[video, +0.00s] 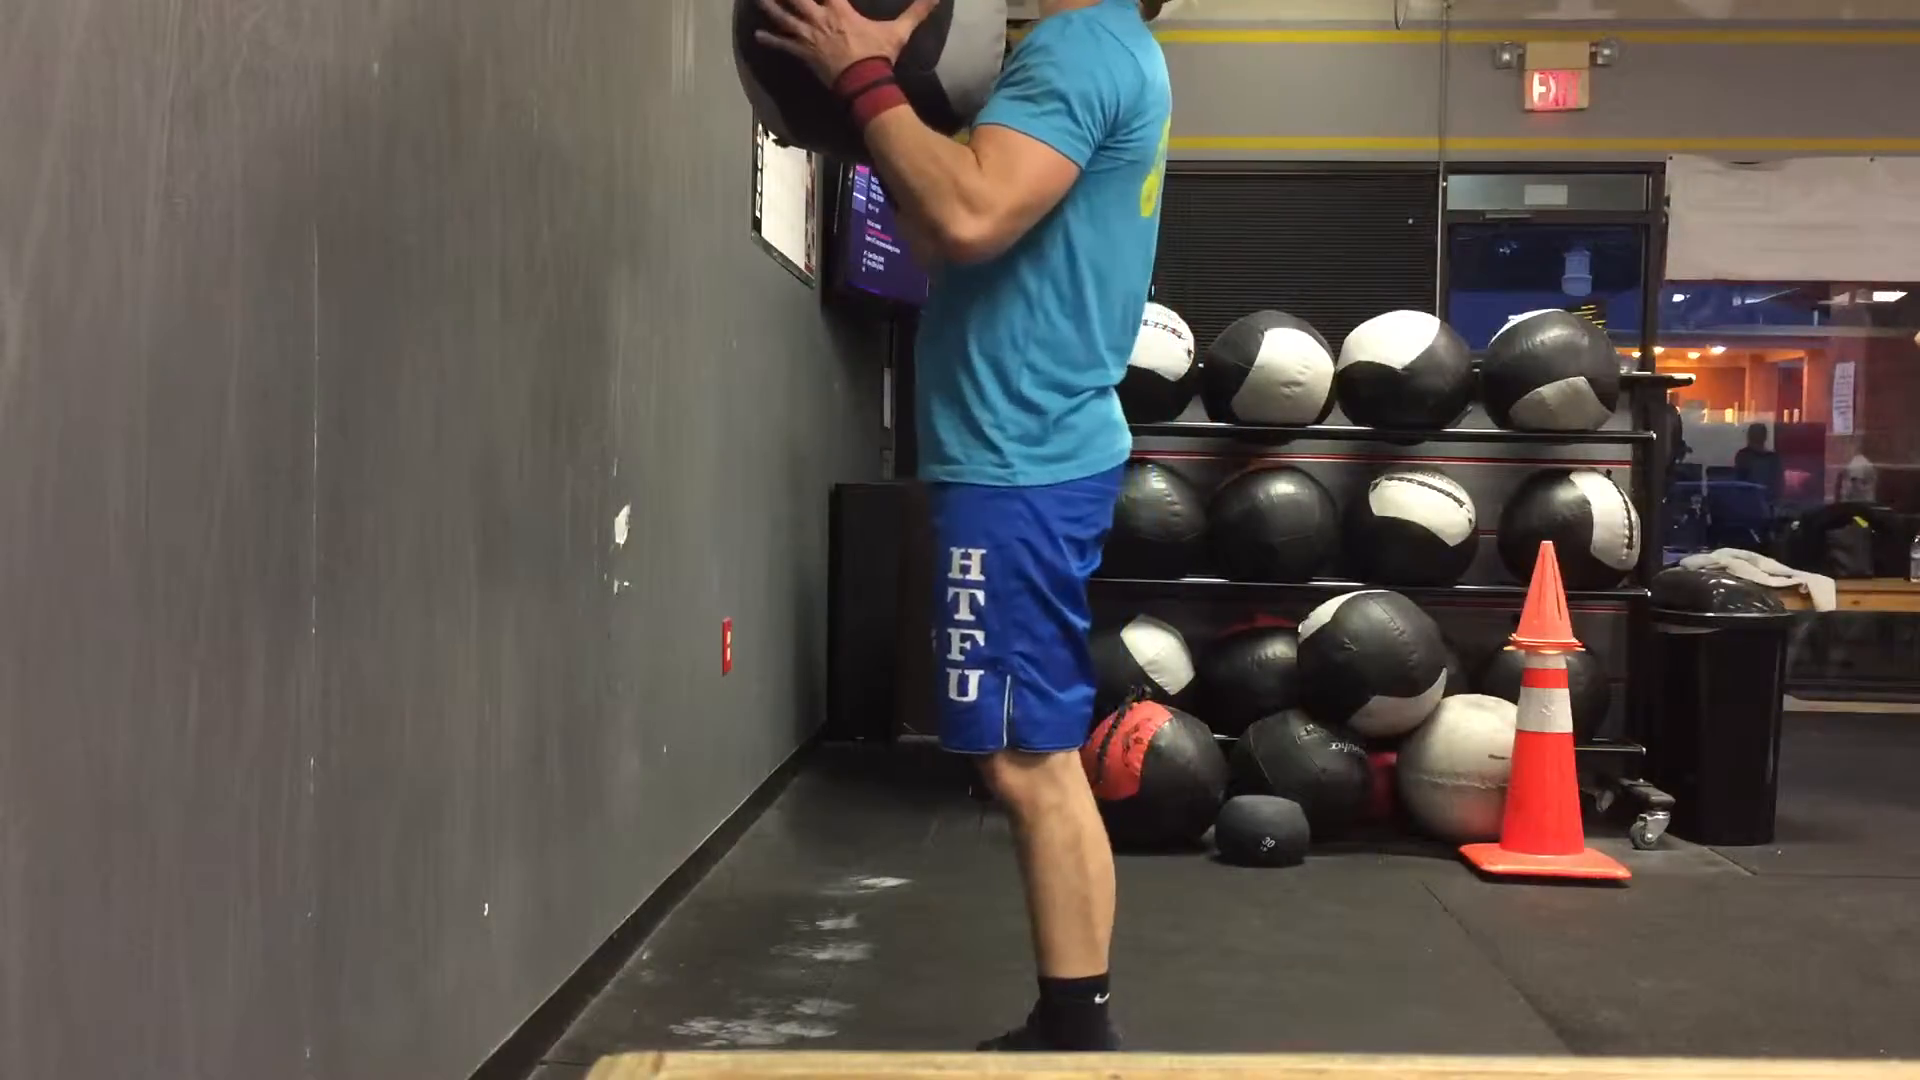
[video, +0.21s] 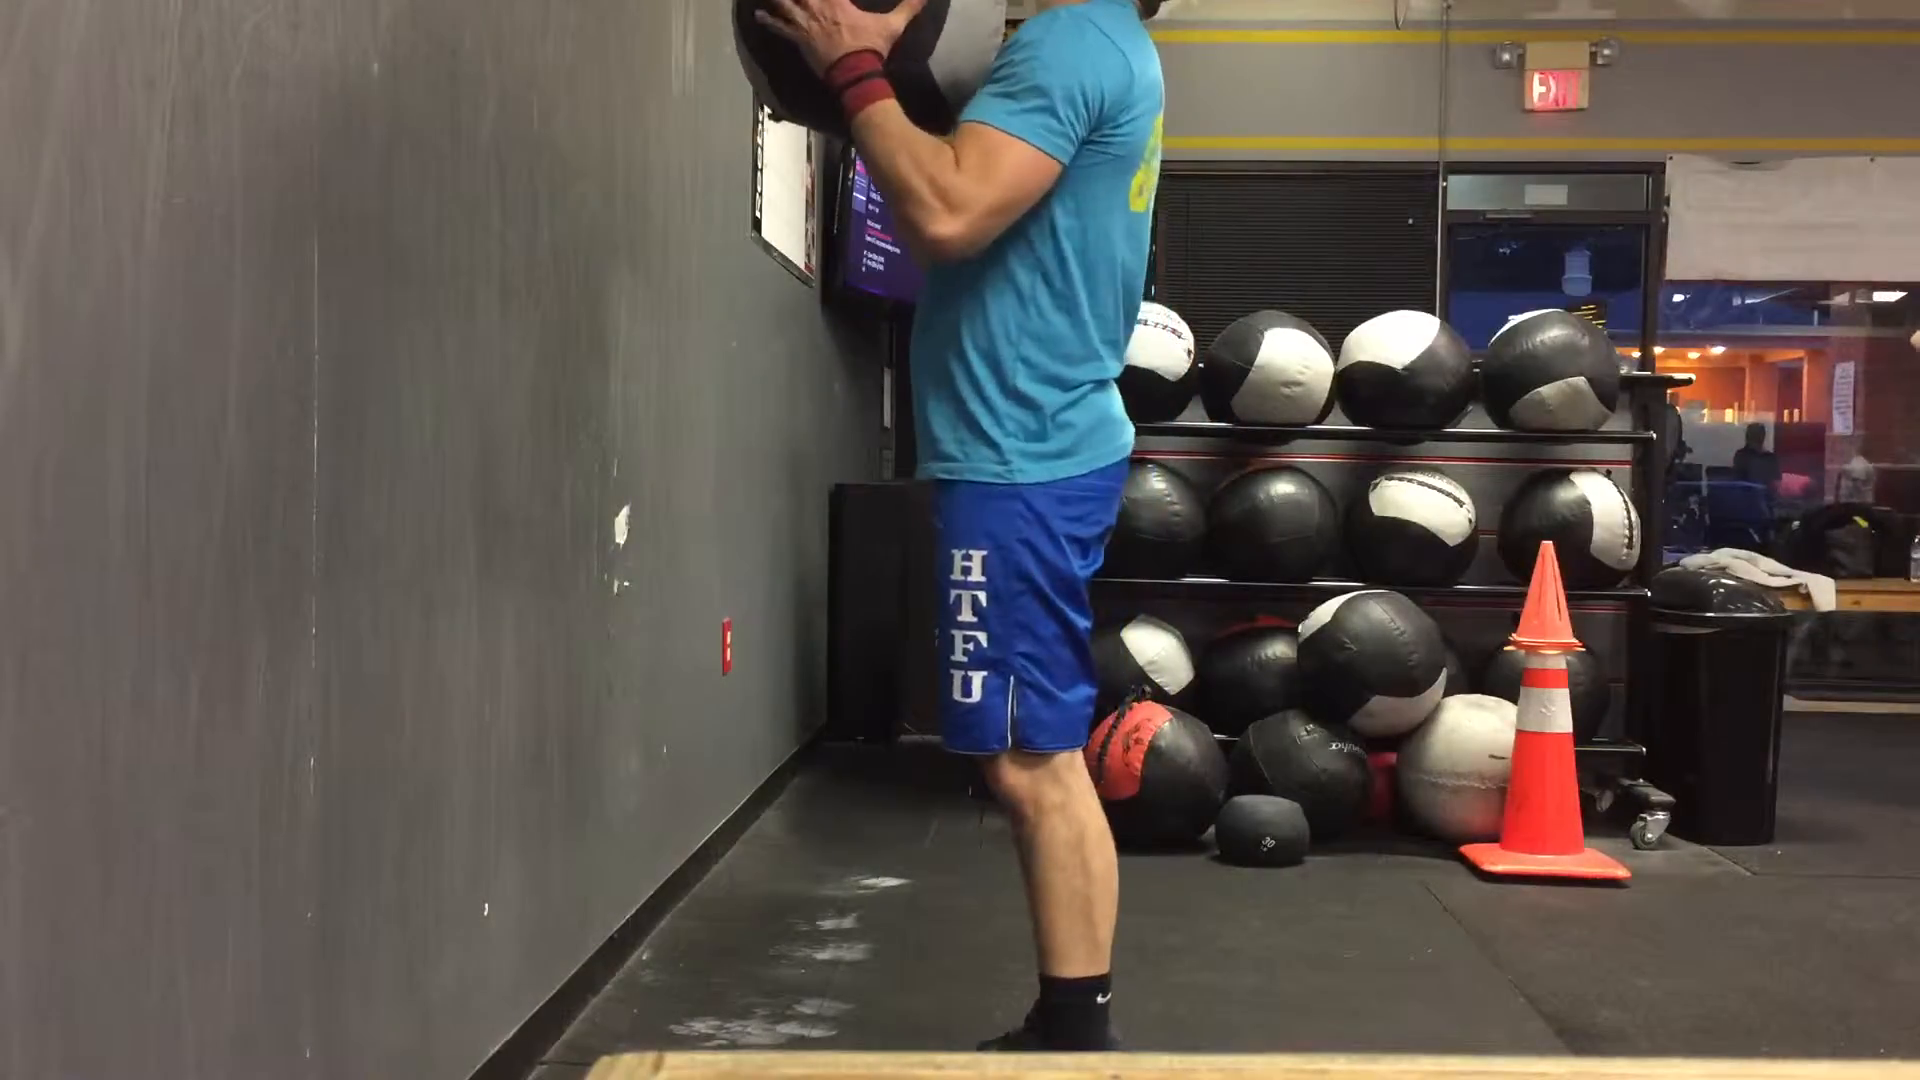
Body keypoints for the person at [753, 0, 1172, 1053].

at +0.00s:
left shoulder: (1084, 53)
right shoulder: (1086, 47)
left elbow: (970, 218)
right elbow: (954, 220)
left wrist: (866, 79)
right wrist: (877, 86)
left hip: (1021, 467)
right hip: (1025, 462)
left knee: (1028, 765)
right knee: (1038, 764)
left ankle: (1073, 1029)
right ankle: (1074, 1024)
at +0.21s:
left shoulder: (1075, 46)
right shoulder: (1085, 41)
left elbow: (946, 215)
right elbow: (953, 193)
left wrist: (859, 72)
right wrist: (873, 76)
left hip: (1022, 464)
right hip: (1028, 456)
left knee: (1032, 768)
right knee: (1038, 765)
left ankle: (1075, 1029)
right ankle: (1072, 1021)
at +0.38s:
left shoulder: (1073, 46)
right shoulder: (1095, 43)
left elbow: (942, 212)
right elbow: (953, 193)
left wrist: (859, 63)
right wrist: (876, 68)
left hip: (1022, 463)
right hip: (1034, 455)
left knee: (1035, 767)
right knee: (1041, 764)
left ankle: (1076, 1027)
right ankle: (1074, 1020)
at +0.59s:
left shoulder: (1082, 43)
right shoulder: (1095, 41)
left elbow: (952, 208)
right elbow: (956, 186)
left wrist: (865, 66)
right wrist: (877, 66)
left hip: (1026, 464)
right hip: (1032, 457)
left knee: (1036, 766)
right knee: (1044, 763)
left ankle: (1075, 1031)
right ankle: (1076, 1025)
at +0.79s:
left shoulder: (1086, 41)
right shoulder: (1092, 37)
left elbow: (958, 208)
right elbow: (960, 185)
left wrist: (867, 67)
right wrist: (880, 67)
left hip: (1039, 462)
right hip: (1037, 457)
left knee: (1047, 766)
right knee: (1051, 763)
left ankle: (1078, 1031)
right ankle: (1078, 1024)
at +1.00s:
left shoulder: (1089, 39)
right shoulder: (1098, 37)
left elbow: (963, 207)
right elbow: (964, 185)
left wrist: (870, 66)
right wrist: (881, 64)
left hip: (1048, 464)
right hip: (1045, 458)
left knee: (1056, 766)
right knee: (1056, 764)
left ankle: (1081, 1032)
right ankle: (1080, 1024)